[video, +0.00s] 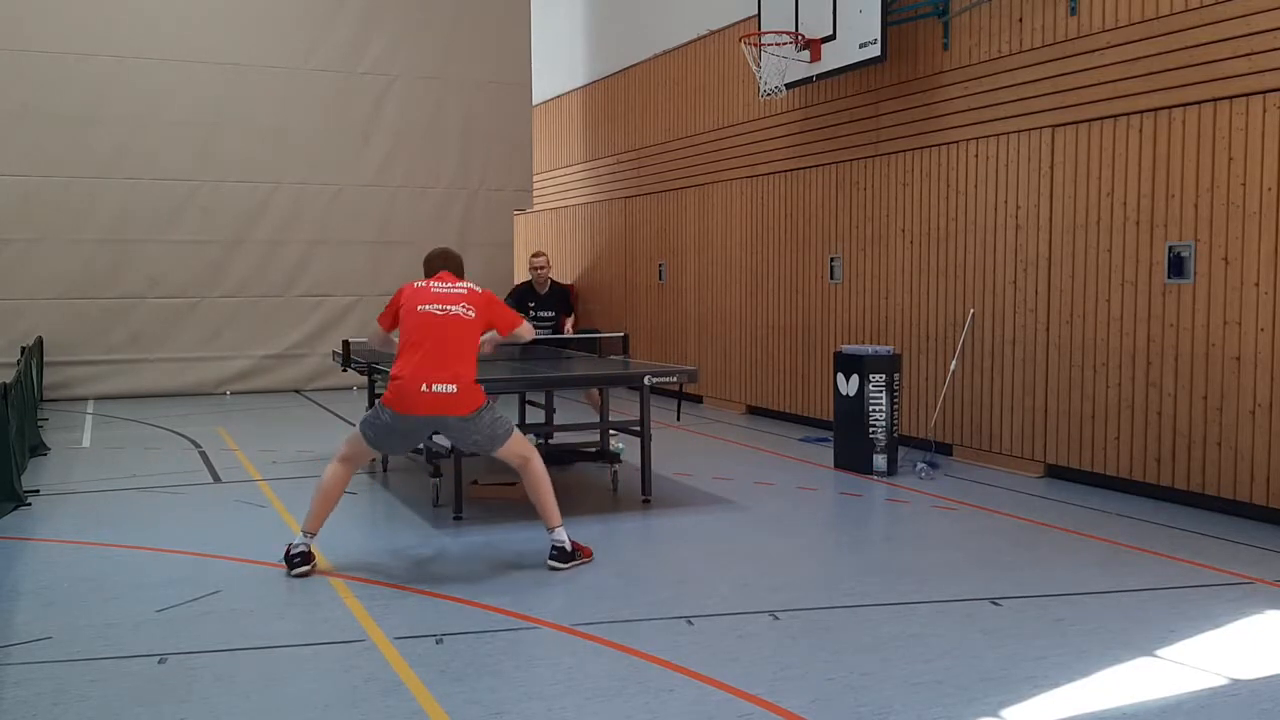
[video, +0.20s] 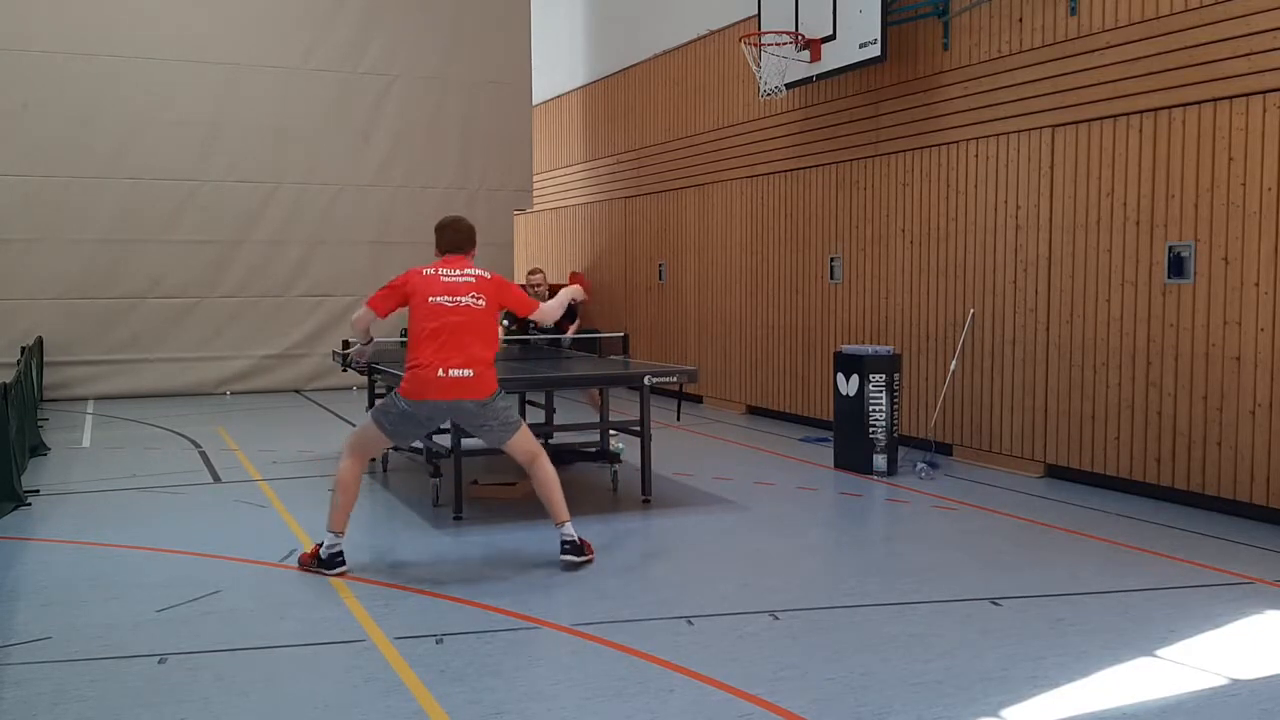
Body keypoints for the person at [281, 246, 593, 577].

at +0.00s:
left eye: (431, 277)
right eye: (457, 274)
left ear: (425, 275)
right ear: (462, 274)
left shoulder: (409, 291)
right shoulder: (481, 295)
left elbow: (379, 336)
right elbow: (525, 333)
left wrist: (406, 347)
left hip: (405, 403)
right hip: (463, 402)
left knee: (346, 460)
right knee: (526, 457)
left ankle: (302, 545)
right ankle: (561, 542)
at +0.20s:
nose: (469, 250)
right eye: (472, 245)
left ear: (437, 248)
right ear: (473, 248)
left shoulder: (415, 278)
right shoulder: (492, 282)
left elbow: (360, 320)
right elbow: (546, 315)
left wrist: (365, 342)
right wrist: (569, 292)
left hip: (419, 395)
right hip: (479, 396)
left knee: (355, 452)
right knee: (534, 458)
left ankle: (332, 548)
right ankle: (569, 538)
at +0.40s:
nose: (512, 249)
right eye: (514, 243)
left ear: (477, 242)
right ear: (513, 246)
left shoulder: (448, 272)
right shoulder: (523, 282)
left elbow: (410, 317)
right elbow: (552, 339)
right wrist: (586, 352)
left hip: (446, 394)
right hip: (505, 393)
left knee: (386, 464)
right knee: (564, 445)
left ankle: (338, 547)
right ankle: (585, 527)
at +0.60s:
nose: (582, 282)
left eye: (580, 276)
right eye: (583, 276)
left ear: (546, 268)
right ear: (578, 276)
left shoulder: (516, 292)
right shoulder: (560, 307)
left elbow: (523, 344)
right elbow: (544, 367)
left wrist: (571, 363)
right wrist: (580, 424)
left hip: (474, 409)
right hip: (525, 413)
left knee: (437, 478)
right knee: (603, 450)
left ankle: (385, 548)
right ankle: (629, 541)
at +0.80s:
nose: (651, 296)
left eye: (652, 289)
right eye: (652, 289)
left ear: (618, 279)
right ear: (643, 286)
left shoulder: (584, 303)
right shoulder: (614, 316)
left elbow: (567, 351)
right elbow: (599, 379)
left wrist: (611, 361)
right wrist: (642, 417)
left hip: (527, 412)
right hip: (573, 418)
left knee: (469, 487)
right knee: (659, 448)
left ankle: (392, 546)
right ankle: (635, 542)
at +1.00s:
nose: (686, 258)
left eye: (685, 253)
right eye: (686, 253)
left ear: (650, 246)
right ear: (680, 253)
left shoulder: (614, 265)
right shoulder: (679, 286)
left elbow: (569, 287)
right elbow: (727, 316)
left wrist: (600, 282)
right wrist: (717, 281)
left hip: (576, 374)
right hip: (626, 385)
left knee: (551, 438)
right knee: (675, 446)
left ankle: (521, 517)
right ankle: (640, 534)